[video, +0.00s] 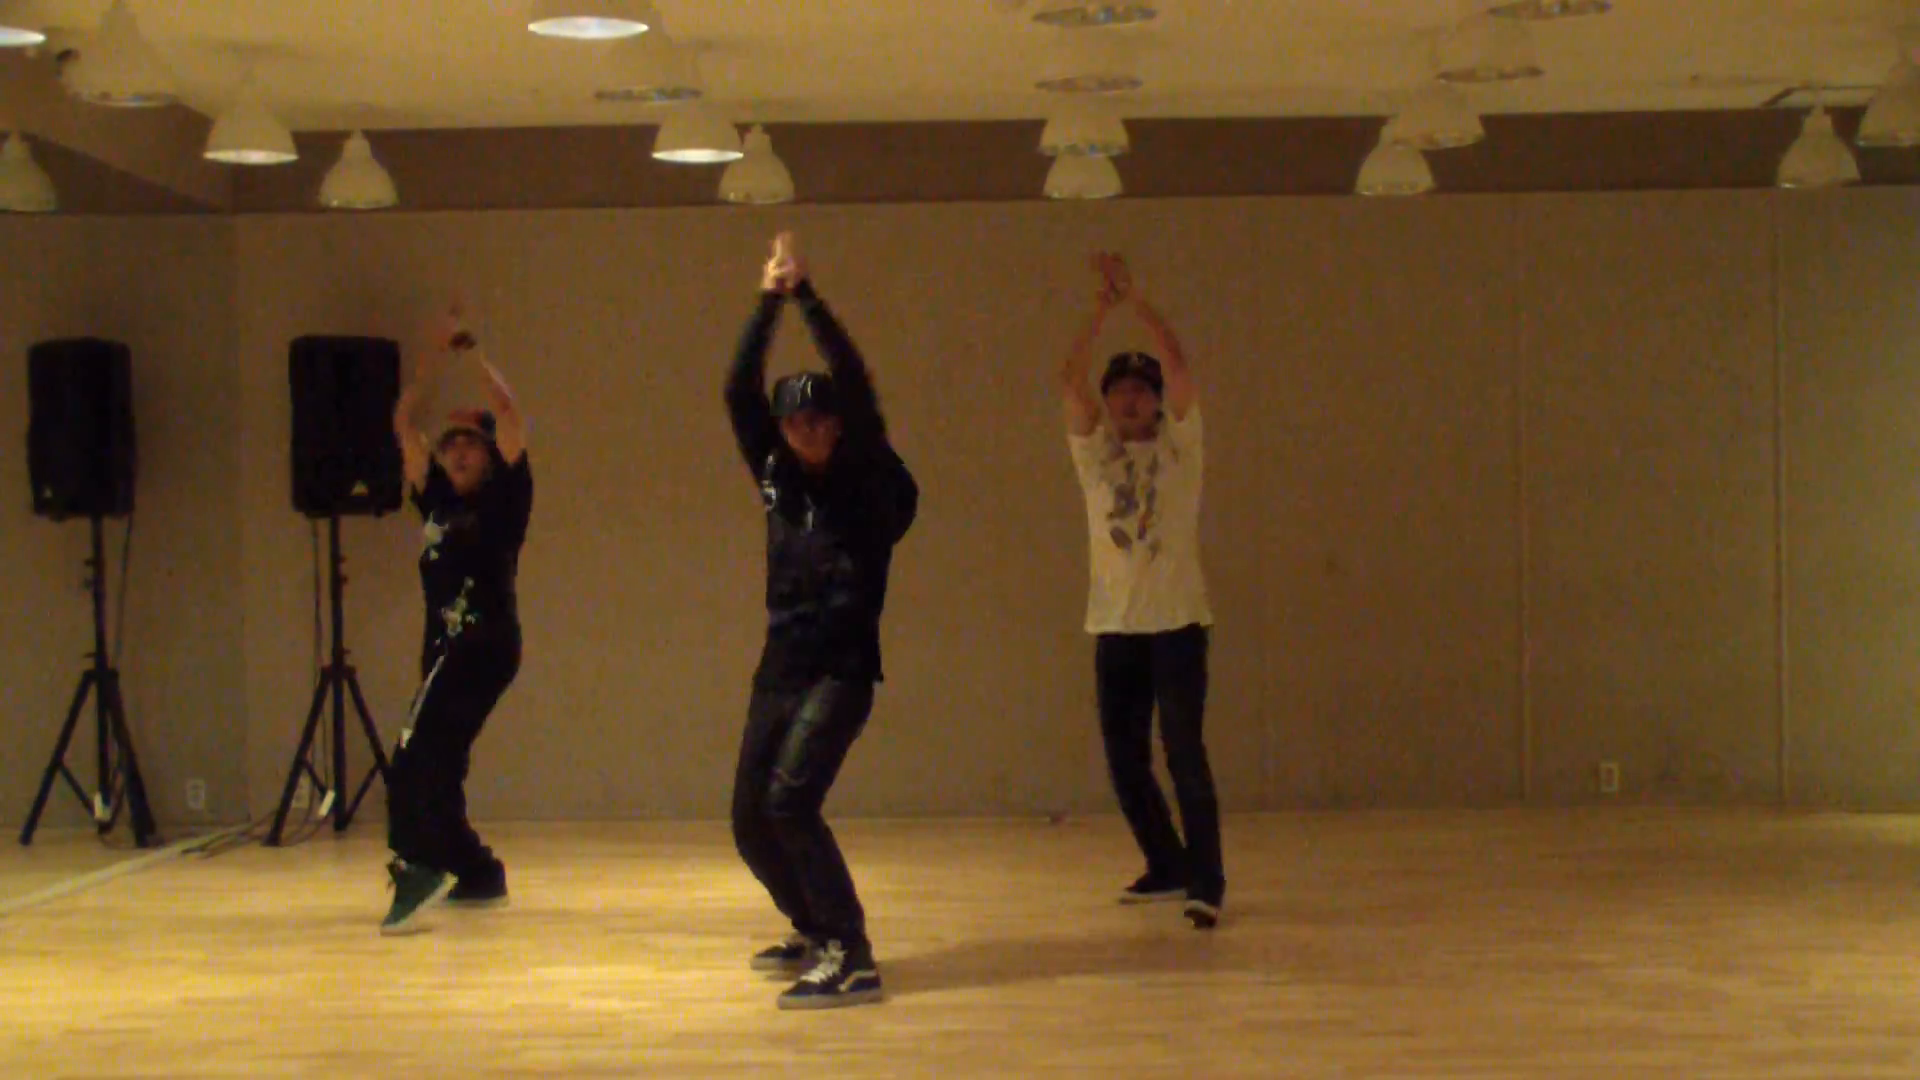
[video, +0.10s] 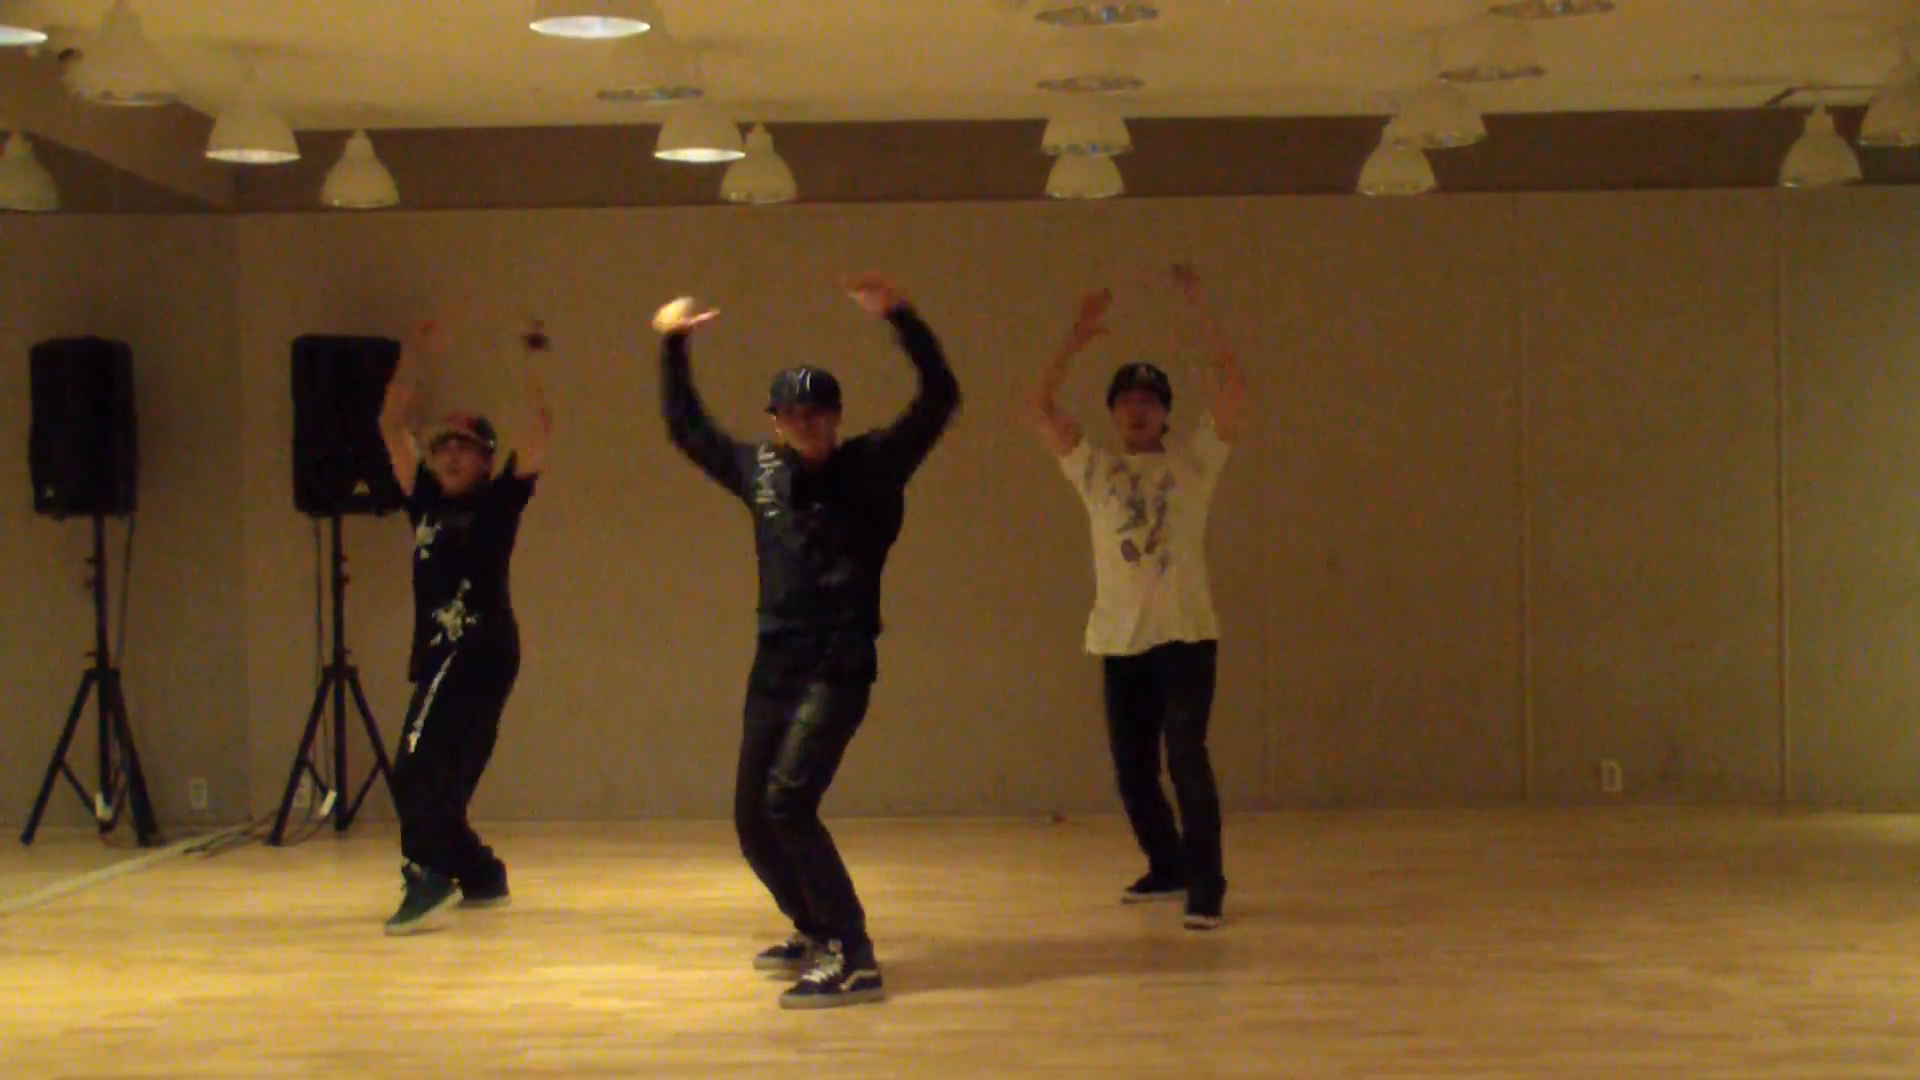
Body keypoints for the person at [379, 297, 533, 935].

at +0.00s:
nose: (459, 453)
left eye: (470, 445)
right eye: (452, 446)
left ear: (491, 456)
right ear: (442, 458)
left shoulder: (507, 498)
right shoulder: (437, 500)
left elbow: (508, 414)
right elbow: (406, 424)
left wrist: (474, 353)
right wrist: (434, 360)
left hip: (487, 643)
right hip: (446, 644)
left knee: (416, 749)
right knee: (435, 761)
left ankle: (419, 863)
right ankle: (476, 869)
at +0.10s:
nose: (453, 456)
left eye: (466, 449)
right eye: (445, 448)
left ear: (487, 461)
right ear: (432, 460)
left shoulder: (499, 502)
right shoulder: (426, 504)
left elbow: (541, 434)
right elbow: (392, 426)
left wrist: (536, 360)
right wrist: (414, 354)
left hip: (479, 648)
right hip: (439, 649)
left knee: (416, 758)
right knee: (432, 769)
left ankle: (428, 874)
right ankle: (480, 872)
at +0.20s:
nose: (443, 461)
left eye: (456, 453)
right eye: (434, 453)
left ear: (478, 466)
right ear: (424, 463)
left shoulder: (496, 506)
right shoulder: (413, 510)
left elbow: (564, 480)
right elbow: (354, 466)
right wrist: (343, 394)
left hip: (481, 658)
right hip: (434, 660)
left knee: (414, 756)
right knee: (429, 775)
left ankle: (427, 873)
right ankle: (482, 873)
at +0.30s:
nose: (441, 467)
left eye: (453, 457)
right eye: (431, 458)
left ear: (476, 465)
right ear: (422, 466)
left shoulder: (497, 514)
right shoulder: (410, 521)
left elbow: (572, 529)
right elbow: (339, 539)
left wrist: (620, 503)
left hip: (480, 661)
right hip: (428, 666)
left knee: (412, 757)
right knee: (425, 776)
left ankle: (426, 876)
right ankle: (482, 874)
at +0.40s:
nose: (442, 474)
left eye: (452, 464)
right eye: (433, 465)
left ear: (476, 467)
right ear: (422, 471)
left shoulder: (503, 521)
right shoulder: (407, 529)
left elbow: (532, 584)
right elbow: (392, 600)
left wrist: (500, 604)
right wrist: (353, 609)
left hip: (480, 661)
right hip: (423, 662)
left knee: (418, 757)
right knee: (418, 770)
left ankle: (428, 876)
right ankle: (483, 874)